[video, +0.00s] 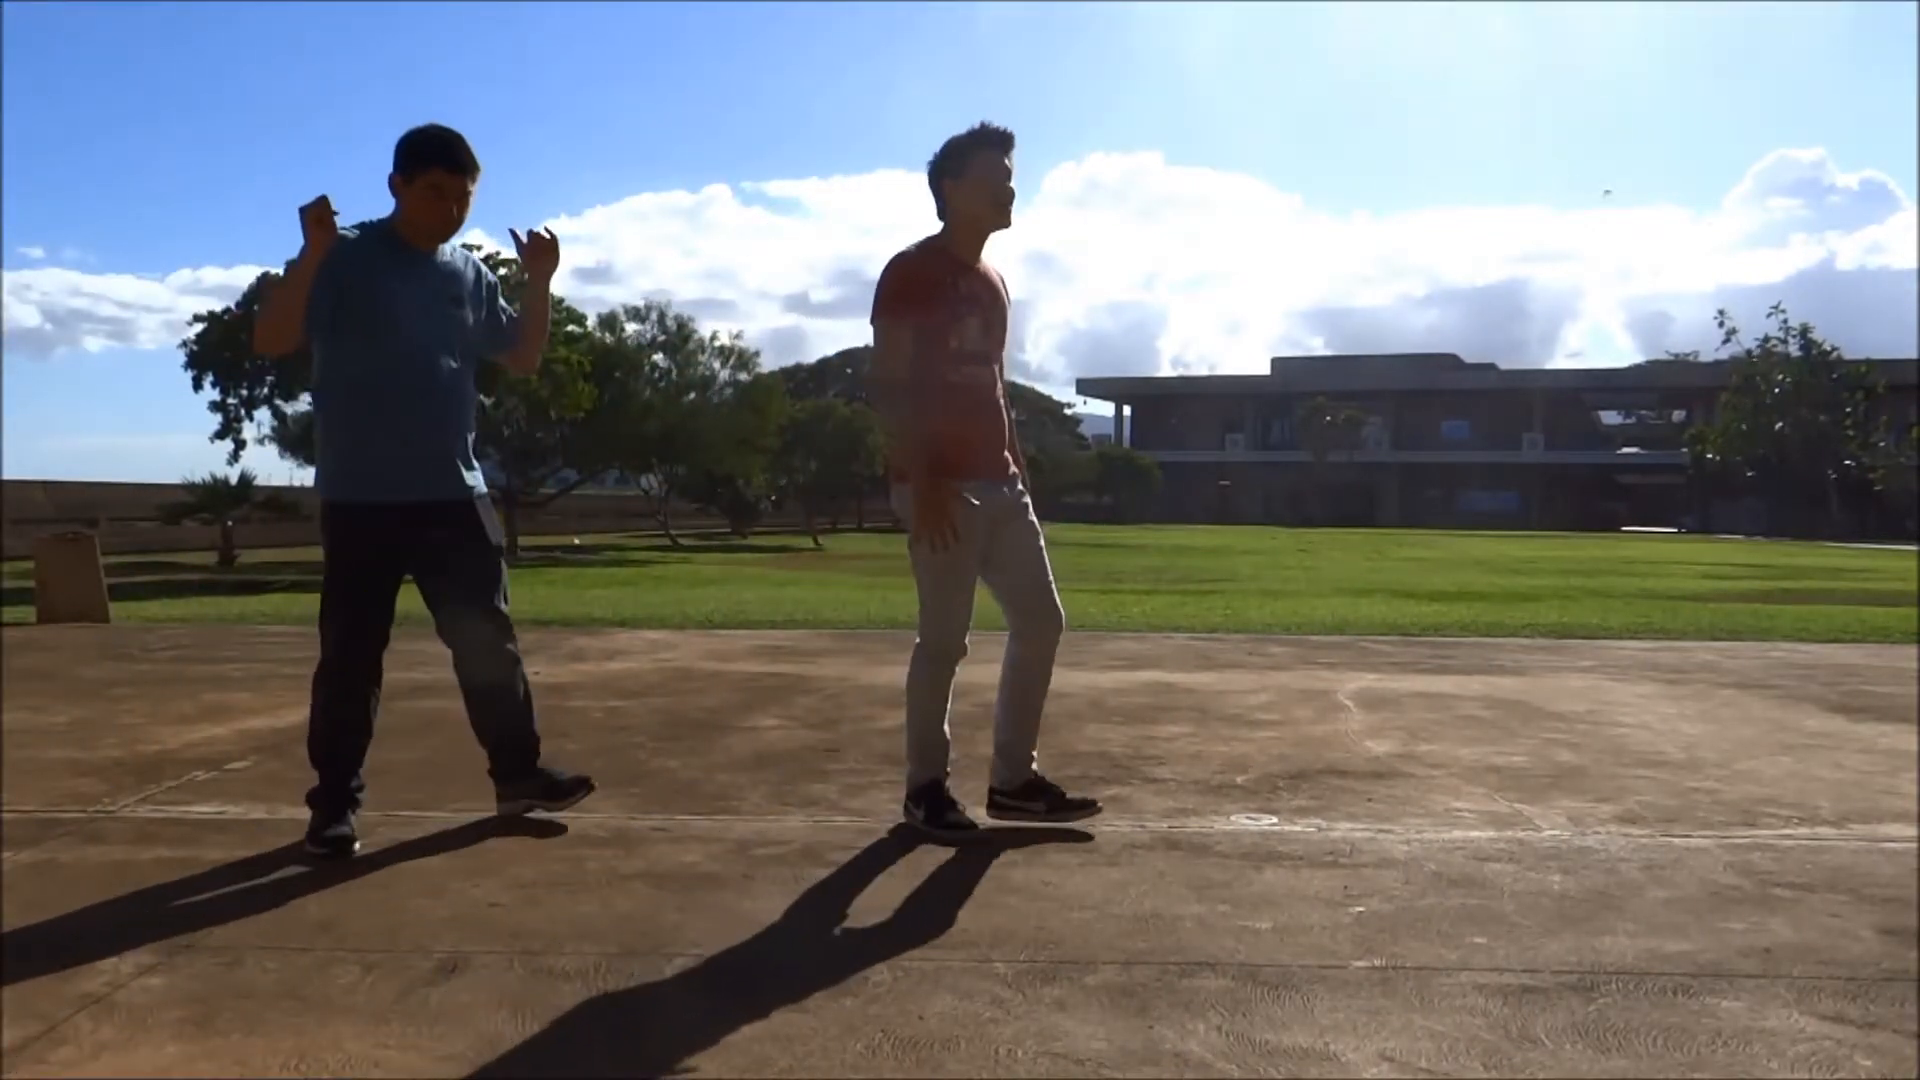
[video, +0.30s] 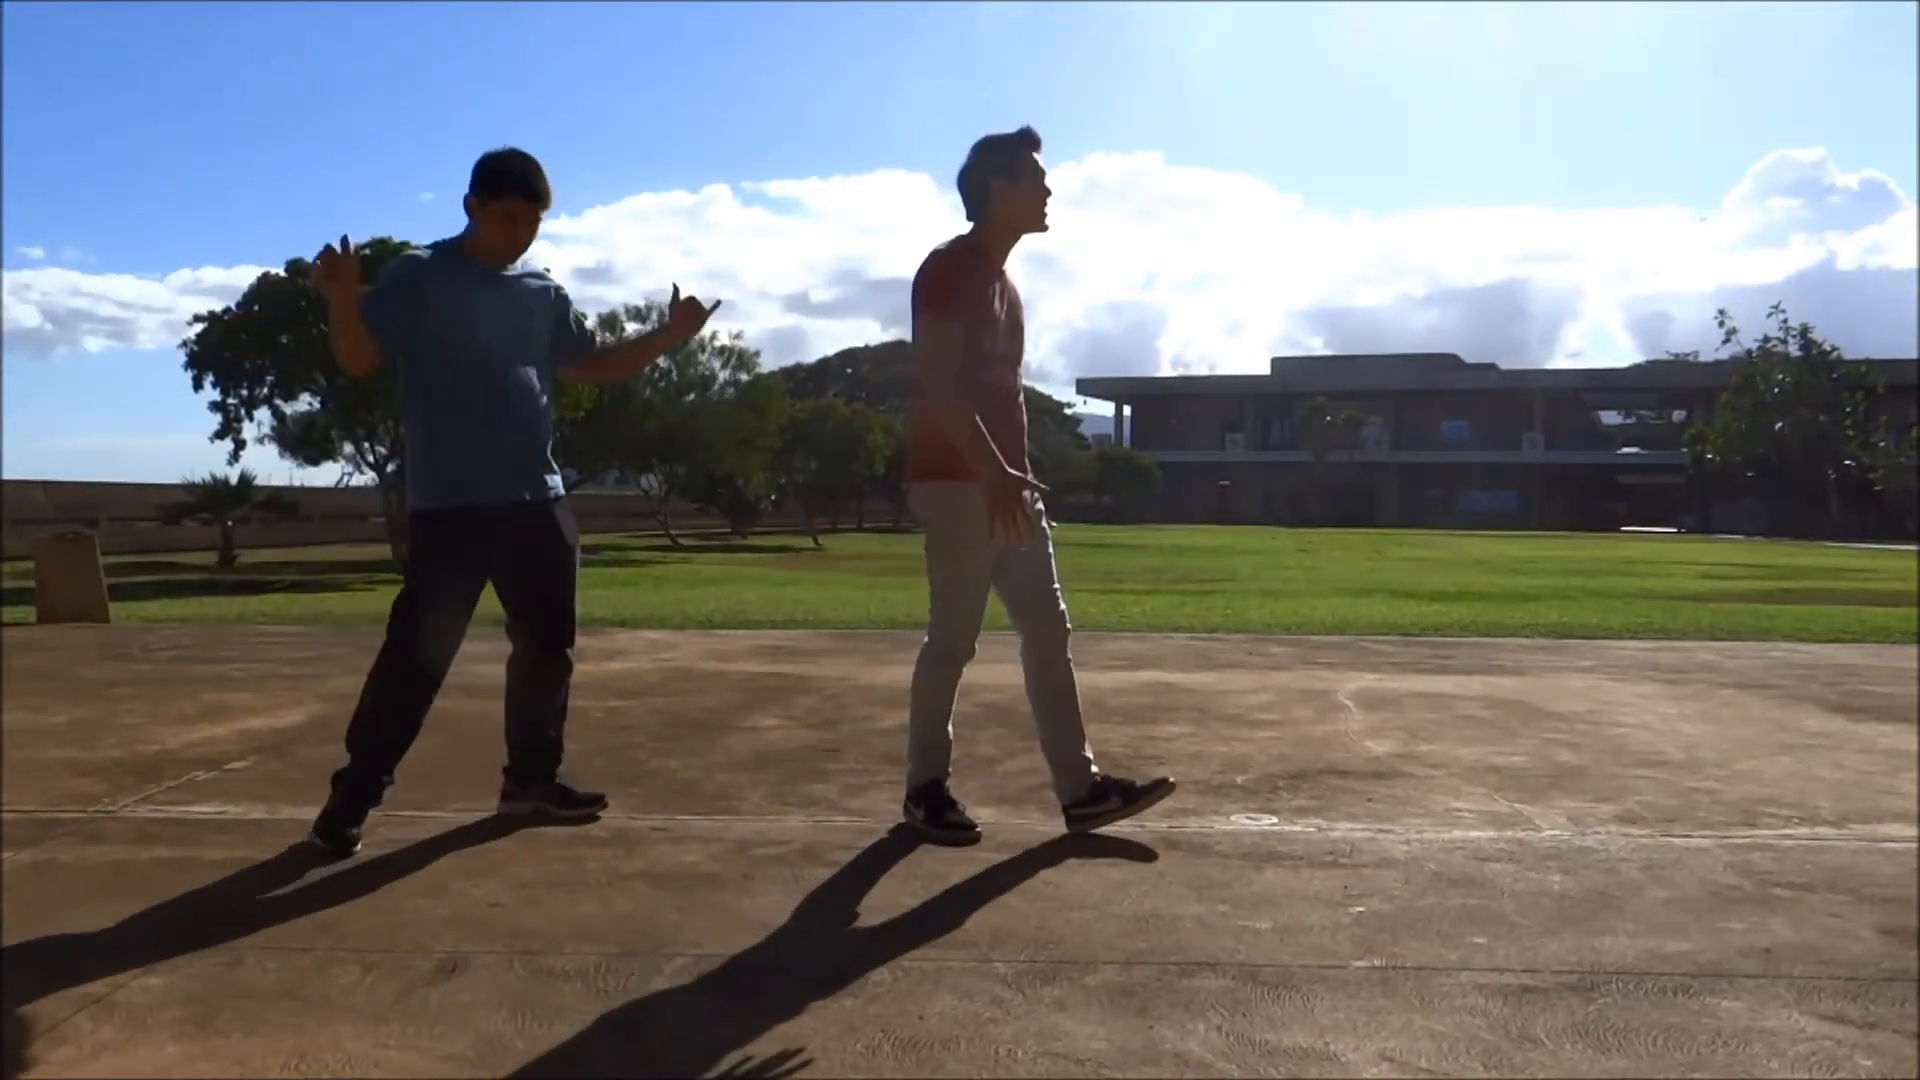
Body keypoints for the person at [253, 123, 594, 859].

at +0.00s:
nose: (454, 209)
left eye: (462, 196)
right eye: (440, 193)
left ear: (470, 200)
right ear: (401, 187)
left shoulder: (468, 273)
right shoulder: (341, 259)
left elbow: (521, 354)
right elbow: (270, 340)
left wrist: (538, 283)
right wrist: (311, 254)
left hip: (449, 490)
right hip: (360, 493)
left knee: (487, 636)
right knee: (349, 655)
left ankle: (518, 776)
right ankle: (333, 804)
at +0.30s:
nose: (529, 232)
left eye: (536, 219)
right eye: (519, 217)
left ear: (538, 218)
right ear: (480, 206)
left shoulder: (542, 296)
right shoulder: (415, 277)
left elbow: (590, 367)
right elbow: (359, 359)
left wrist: (669, 336)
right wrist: (342, 298)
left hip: (532, 499)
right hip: (448, 501)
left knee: (547, 642)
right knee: (417, 654)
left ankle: (532, 781)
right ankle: (353, 799)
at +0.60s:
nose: (586, 233)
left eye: (593, 221)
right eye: (579, 218)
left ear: (589, 218)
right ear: (538, 204)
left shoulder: (590, 293)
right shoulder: (469, 273)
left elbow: (617, 370)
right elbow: (420, 365)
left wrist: (703, 338)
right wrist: (417, 308)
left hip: (574, 488)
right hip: (500, 487)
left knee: (566, 637)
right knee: (515, 632)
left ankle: (544, 780)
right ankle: (503, 796)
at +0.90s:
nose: (630, 243)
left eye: (637, 230)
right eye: (626, 227)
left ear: (620, 223)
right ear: (586, 210)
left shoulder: (619, 293)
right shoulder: (516, 276)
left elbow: (641, 372)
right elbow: (469, 374)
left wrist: (725, 393)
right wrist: (488, 352)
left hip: (601, 488)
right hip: (542, 486)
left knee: (565, 627)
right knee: (595, 620)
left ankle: (530, 781)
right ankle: (644, 780)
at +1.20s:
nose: (682, 243)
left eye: (688, 231)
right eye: (678, 227)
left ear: (661, 218)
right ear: (637, 209)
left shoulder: (654, 286)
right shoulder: (580, 274)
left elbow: (677, 377)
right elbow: (551, 369)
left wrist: (748, 432)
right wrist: (560, 419)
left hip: (638, 491)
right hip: (599, 490)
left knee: (592, 631)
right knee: (640, 630)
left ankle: (533, 777)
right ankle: (659, 793)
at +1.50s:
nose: (741, 241)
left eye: (747, 228)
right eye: (739, 224)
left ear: (704, 211)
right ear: (697, 205)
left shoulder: (676, 272)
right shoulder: (642, 266)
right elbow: (582, 369)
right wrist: (521, 455)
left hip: (663, 490)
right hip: (642, 491)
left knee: (625, 627)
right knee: (661, 633)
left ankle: (551, 760)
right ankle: (661, 794)